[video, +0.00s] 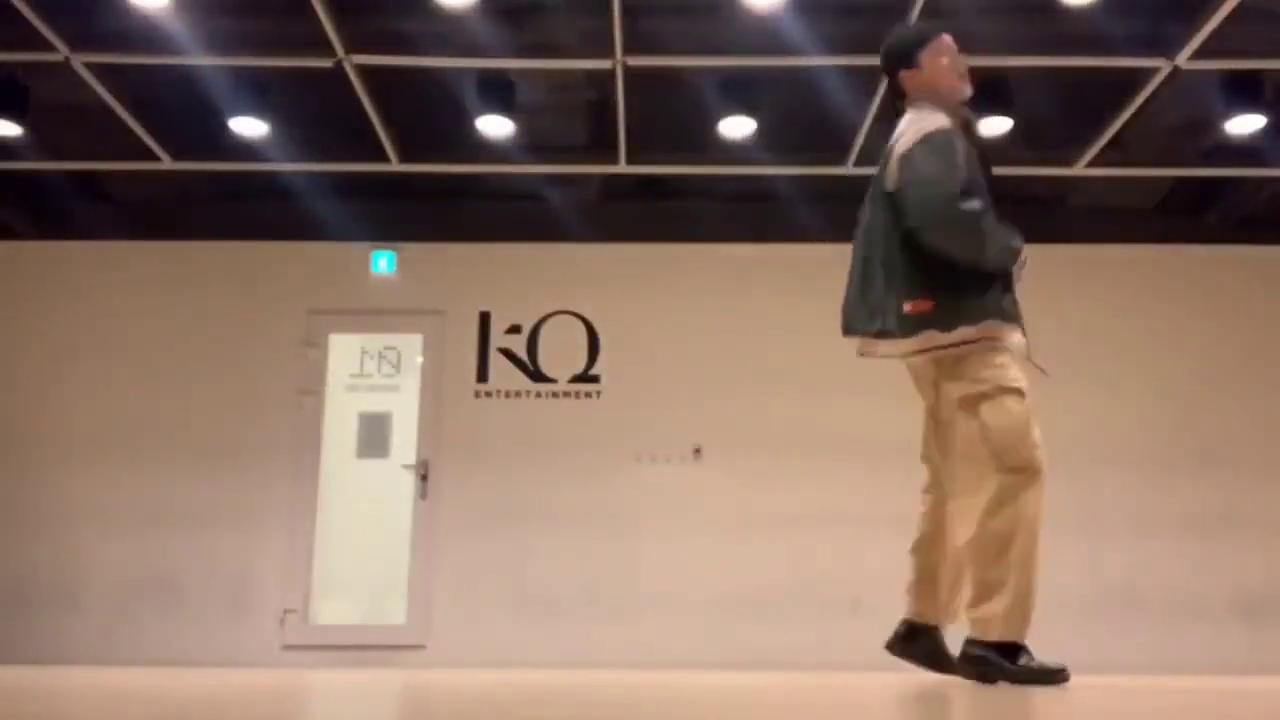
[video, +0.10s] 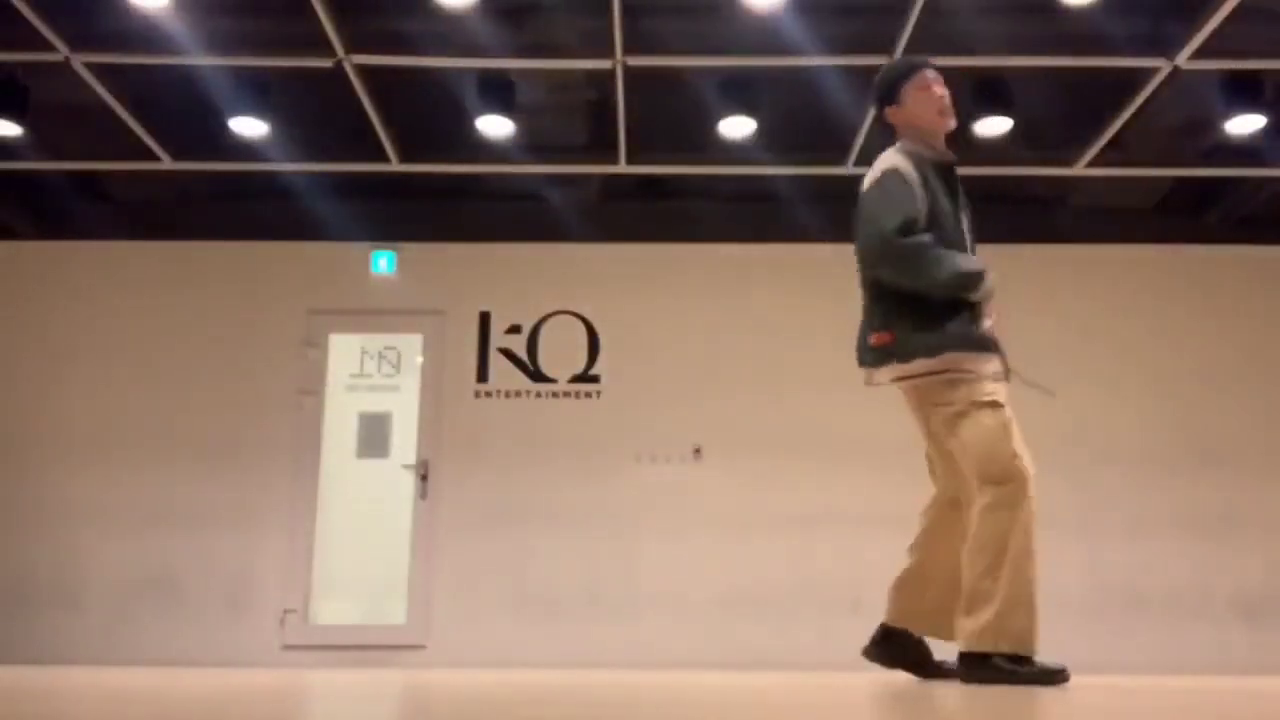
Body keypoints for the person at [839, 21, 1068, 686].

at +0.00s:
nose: (962, 65)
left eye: (957, 54)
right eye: (948, 58)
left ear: (922, 77)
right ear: (915, 78)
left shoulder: (919, 134)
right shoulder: (931, 135)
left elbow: (930, 227)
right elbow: (944, 220)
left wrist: (994, 247)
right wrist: (1007, 248)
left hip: (940, 337)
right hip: (970, 334)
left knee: (953, 483)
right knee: (1016, 475)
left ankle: (921, 625)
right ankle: (994, 641)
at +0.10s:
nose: (943, 94)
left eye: (942, 85)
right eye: (926, 88)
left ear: (944, 102)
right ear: (895, 112)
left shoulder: (935, 174)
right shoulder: (894, 172)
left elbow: (937, 259)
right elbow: (886, 252)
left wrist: (978, 323)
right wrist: (971, 276)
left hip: (950, 352)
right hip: (938, 353)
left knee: (961, 492)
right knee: (1006, 480)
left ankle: (902, 630)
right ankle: (992, 648)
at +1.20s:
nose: (743, 193)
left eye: (751, 187)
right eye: (733, 189)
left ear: (767, 202)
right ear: (719, 209)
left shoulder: (805, 259)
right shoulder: (694, 269)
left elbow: (845, 311)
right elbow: (659, 331)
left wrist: (815, 338)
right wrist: (706, 325)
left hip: (792, 410)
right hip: (727, 415)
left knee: (814, 528)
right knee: (735, 538)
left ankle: (816, 644)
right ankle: (743, 651)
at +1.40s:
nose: (735, 197)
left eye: (742, 191)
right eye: (724, 193)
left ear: (756, 206)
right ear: (710, 215)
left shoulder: (793, 261)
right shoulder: (687, 271)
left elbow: (833, 318)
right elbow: (659, 336)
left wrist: (805, 310)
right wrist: (693, 308)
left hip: (778, 410)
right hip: (716, 412)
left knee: (770, 523)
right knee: (721, 522)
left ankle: (757, 639)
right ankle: (739, 642)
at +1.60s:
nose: (753, 223)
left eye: (757, 218)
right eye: (742, 216)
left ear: (764, 234)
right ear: (719, 231)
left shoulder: (787, 290)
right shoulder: (687, 289)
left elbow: (830, 344)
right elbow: (649, 343)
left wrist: (801, 326)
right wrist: (694, 317)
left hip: (767, 433)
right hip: (711, 430)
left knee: (752, 534)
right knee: (714, 511)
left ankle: (714, 634)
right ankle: (738, 641)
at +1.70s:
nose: (762, 229)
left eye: (764, 224)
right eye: (751, 222)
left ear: (767, 240)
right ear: (726, 233)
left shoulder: (784, 300)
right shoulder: (687, 286)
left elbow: (823, 357)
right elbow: (646, 336)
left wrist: (806, 336)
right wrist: (697, 318)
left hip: (760, 439)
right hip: (704, 430)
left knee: (746, 539)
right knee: (703, 501)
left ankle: (710, 643)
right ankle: (732, 629)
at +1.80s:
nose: (764, 225)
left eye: (766, 219)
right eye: (754, 217)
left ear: (766, 236)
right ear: (728, 226)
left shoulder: (775, 293)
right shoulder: (689, 272)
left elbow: (801, 362)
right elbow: (646, 317)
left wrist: (804, 333)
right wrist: (702, 300)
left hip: (751, 427)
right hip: (699, 419)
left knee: (741, 531)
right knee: (701, 512)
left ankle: (731, 642)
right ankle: (713, 624)